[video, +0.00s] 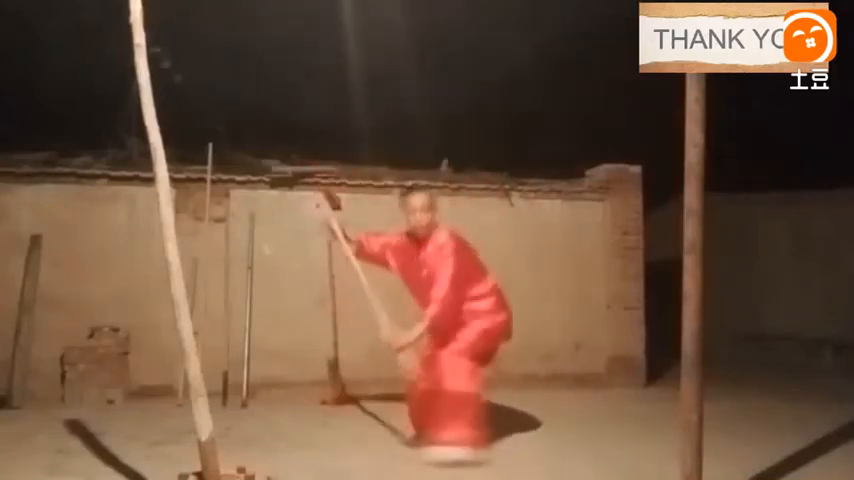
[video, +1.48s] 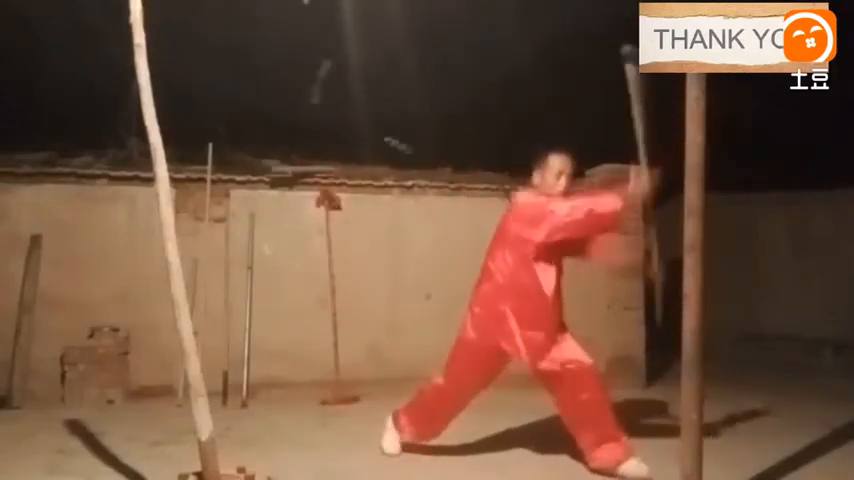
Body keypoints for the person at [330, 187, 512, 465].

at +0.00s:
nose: (421, 218)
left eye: (426, 210)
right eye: (414, 212)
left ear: (435, 212)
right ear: (405, 215)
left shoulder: (445, 243)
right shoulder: (401, 245)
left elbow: (443, 298)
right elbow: (365, 246)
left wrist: (411, 336)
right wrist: (339, 232)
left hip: (485, 316)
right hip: (452, 319)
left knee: (454, 359)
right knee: (425, 365)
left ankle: (459, 439)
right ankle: (431, 431)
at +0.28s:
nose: (513, 195)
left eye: (517, 188)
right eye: (505, 188)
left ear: (523, 193)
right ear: (488, 193)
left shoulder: (534, 231)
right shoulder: (473, 232)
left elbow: (572, 259)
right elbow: (429, 260)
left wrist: (541, 277)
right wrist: (417, 273)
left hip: (532, 331)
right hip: (480, 331)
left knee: (571, 379)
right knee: (447, 383)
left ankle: (612, 452)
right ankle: (428, 430)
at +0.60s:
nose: (548, 201)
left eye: (552, 194)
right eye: (540, 194)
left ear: (555, 197)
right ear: (519, 199)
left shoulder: (553, 228)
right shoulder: (518, 235)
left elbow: (587, 218)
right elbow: (563, 269)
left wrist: (608, 206)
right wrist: (616, 260)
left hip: (543, 335)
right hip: (499, 337)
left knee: (584, 375)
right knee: (459, 393)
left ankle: (615, 459)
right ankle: (406, 435)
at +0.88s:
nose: (547, 209)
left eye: (550, 202)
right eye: (540, 202)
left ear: (554, 204)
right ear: (520, 206)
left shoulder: (535, 233)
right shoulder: (519, 238)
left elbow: (573, 212)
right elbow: (577, 221)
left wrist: (592, 185)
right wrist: (628, 176)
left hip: (528, 343)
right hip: (496, 343)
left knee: (577, 378)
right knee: (456, 396)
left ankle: (615, 457)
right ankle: (395, 435)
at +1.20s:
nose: (554, 204)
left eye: (557, 196)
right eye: (547, 196)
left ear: (559, 196)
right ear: (526, 197)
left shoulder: (537, 228)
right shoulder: (523, 232)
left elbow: (583, 209)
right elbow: (584, 219)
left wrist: (626, 179)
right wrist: (637, 180)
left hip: (527, 334)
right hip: (500, 336)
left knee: (579, 378)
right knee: (460, 399)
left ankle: (614, 457)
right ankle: (397, 431)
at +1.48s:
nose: (563, 183)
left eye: (569, 176)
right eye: (556, 174)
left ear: (572, 180)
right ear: (536, 176)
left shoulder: (553, 214)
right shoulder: (524, 208)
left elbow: (583, 243)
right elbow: (572, 212)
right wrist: (623, 197)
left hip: (537, 320)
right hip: (495, 315)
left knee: (579, 376)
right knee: (458, 384)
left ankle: (609, 455)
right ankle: (403, 426)